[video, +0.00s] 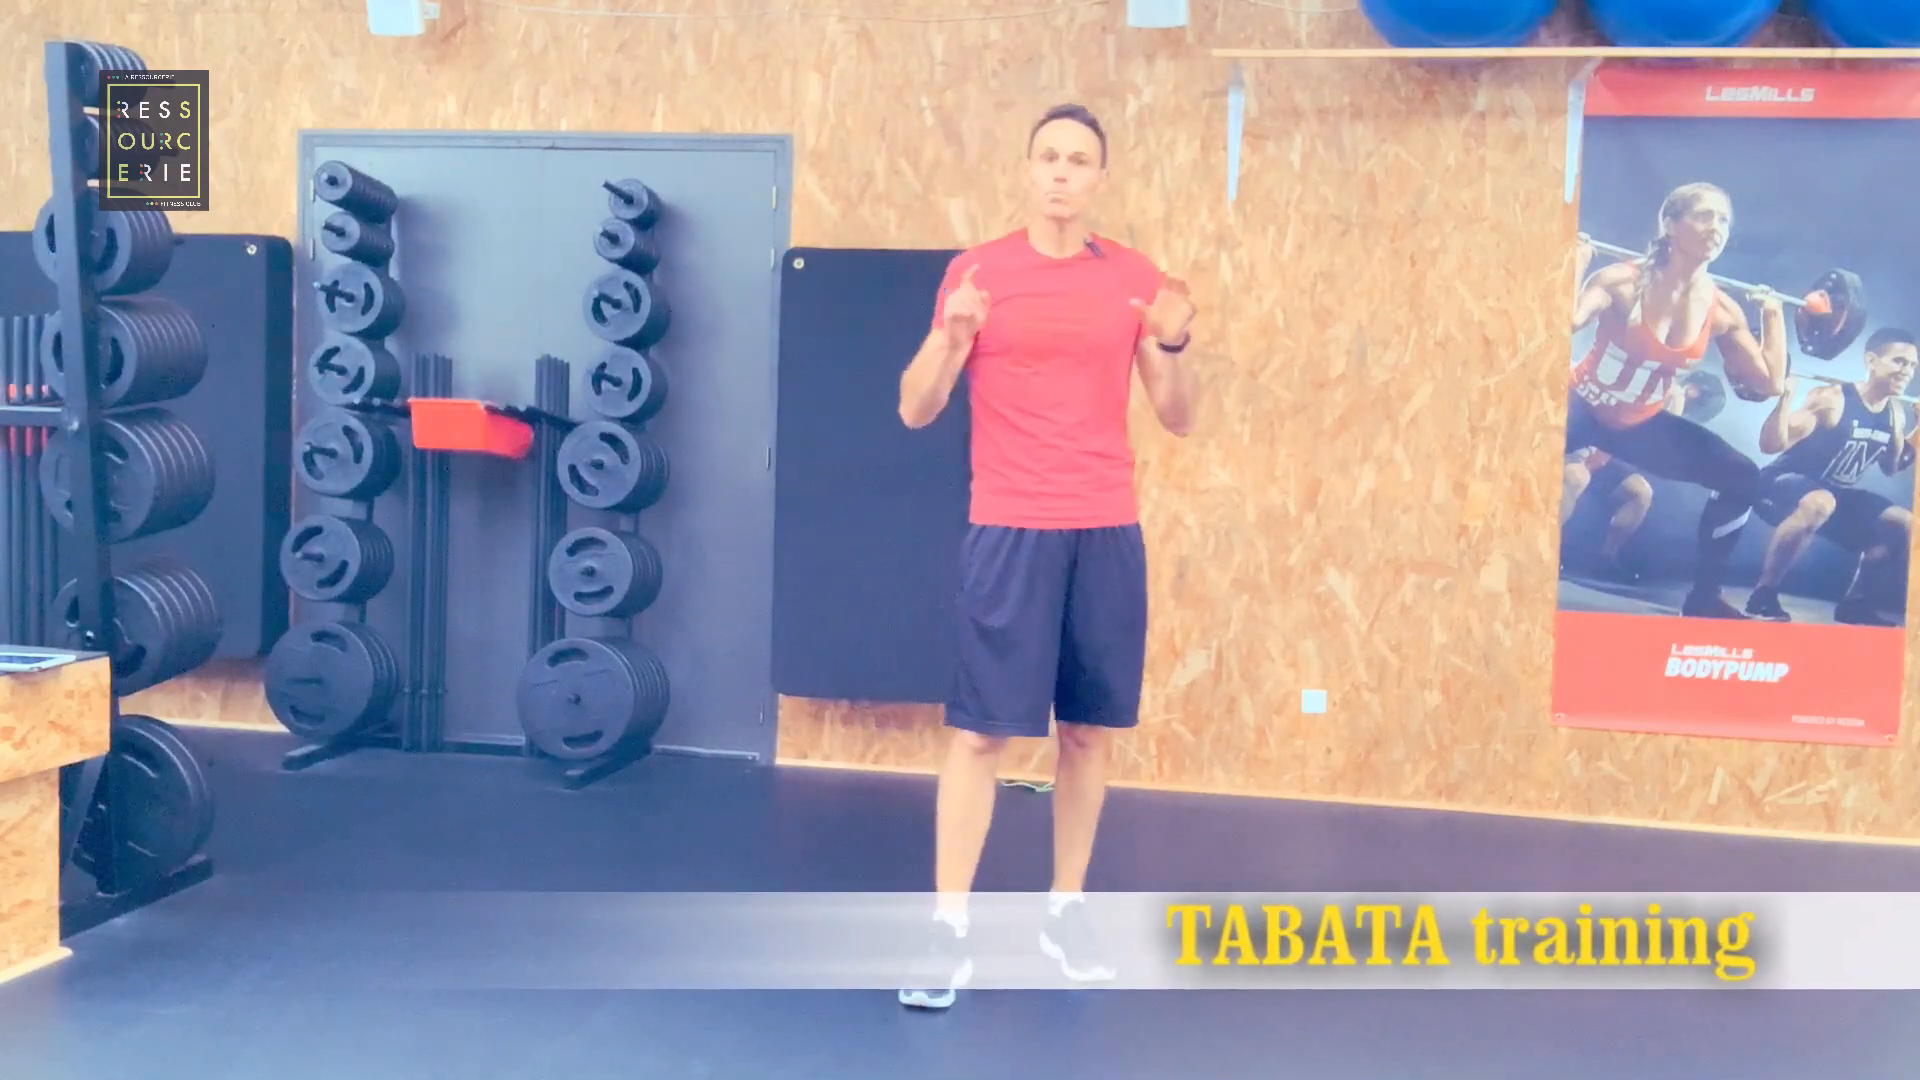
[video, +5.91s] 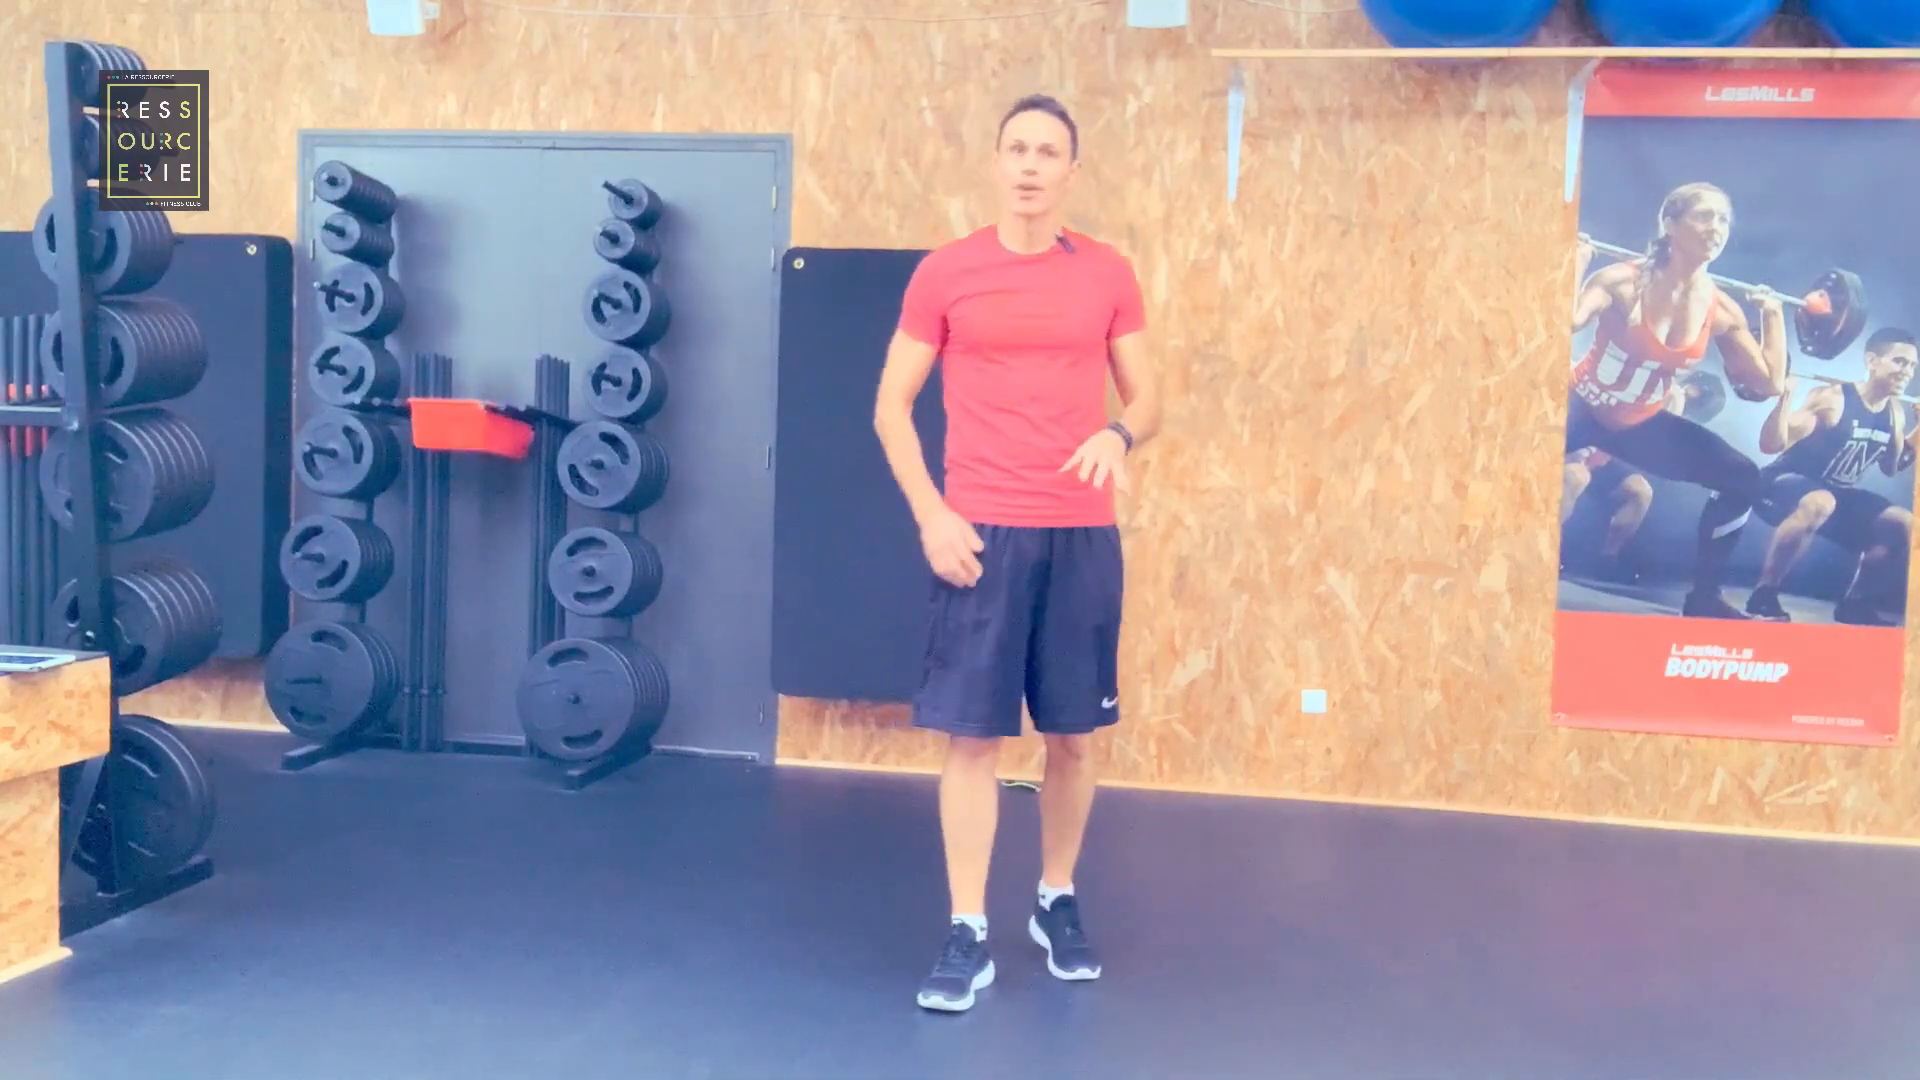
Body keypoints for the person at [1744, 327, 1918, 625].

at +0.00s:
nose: (1906, 371)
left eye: (1911, 365)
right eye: (1899, 361)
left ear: (1914, 371)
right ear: (1871, 361)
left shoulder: (1893, 412)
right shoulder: (1831, 398)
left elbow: (1891, 467)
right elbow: (1769, 444)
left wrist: (1910, 446)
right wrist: (1785, 396)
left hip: (1839, 495)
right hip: (1785, 482)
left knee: (1905, 524)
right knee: (1821, 502)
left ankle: (1854, 604)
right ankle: (1763, 596)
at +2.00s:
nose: (1906, 372)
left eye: (1911, 365)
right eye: (1899, 361)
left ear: (1913, 371)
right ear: (1872, 361)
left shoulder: (1894, 411)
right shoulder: (1831, 397)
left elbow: (1890, 466)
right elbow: (1768, 444)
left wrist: (1910, 444)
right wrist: (1784, 398)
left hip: (1838, 494)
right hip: (1785, 481)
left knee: (1904, 524)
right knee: (1821, 502)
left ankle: (1854, 605)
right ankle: (1763, 595)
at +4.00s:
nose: (1906, 372)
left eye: (1911, 365)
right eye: (1899, 361)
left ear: (1913, 371)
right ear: (1871, 361)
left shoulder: (1894, 411)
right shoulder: (1830, 398)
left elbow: (1891, 467)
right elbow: (1768, 444)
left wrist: (1911, 444)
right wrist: (1785, 396)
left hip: (1839, 495)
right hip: (1786, 482)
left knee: (1904, 524)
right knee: (1821, 502)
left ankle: (1855, 604)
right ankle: (1763, 595)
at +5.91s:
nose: (1906, 371)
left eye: (1911, 365)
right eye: (1899, 361)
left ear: (1913, 371)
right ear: (1872, 361)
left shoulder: (1894, 411)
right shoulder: (1831, 397)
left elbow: (1891, 467)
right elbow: (1769, 444)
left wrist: (1914, 438)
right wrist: (1785, 397)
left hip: (1839, 495)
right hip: (1786, 481)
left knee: (1905, 524)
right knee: (1821, 502)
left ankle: (1854, 604)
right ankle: (1764, 595)